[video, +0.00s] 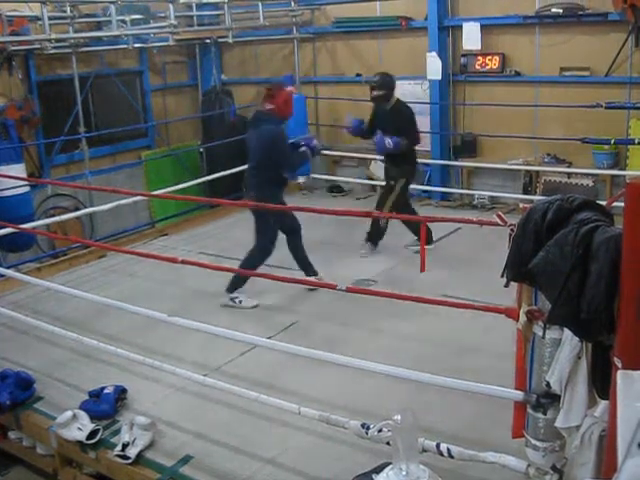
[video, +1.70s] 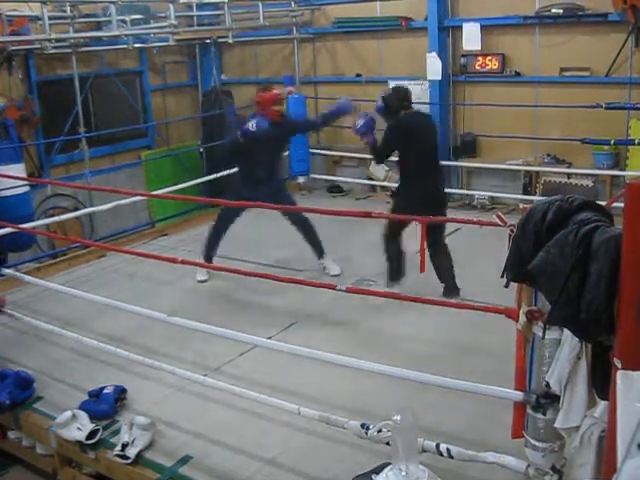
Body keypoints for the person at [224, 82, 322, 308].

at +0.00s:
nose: (291, 108)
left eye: (291, 103)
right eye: (289, 103)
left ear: (270, 104)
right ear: (280, 105)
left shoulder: (258, 125)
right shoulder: (273, 131)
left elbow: (274, 154)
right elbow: (289, 164)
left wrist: (297, 145)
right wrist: (308, 152)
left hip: (260, 192)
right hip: (267, 195)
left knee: (292, 229)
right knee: (265, 245)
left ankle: (311, 275)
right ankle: (232, 290)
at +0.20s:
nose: (280, 108)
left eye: (280, 103)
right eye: (277, 103)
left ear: (262, 104)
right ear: (265, 104)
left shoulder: (255, 126)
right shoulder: (254, 130)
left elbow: (257, 156)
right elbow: (267, 164)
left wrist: (277, 148)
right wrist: (288, 150)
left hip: (258, 191)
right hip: (250, 193)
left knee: (285, 221)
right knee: (254, 243)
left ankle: (288, 270)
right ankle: (230, 293)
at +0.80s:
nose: (277, 112)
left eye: (278, 108)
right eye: (275, 108)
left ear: (266, 106)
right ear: (266, 106)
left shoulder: (261, 123)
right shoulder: (246, 124)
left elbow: (279, 143)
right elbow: (276, 145)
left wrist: (290, 117)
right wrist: (288, 122)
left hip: (247, 181)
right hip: (227, 181)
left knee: (263, 222)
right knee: (229, 229)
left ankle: (269, 269)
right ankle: (214, 270)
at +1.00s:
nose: (256, 106)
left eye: (256, 102)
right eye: (252, 102)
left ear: (253, 104)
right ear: (242, 103)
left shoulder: (250, 121)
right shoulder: (227, 123)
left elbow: (268, 136)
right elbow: (245, 144)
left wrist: (279, 106)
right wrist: (256, 128)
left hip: (242, 179)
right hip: (221, 180)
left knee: (259, 220)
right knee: (216, 224)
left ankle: (268, 268)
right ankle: (204, 264)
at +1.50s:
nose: (247, 115)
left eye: (248, 111)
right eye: (243, 111)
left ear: (249, 112)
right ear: (232, 111)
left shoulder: (248, 125)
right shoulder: (216, 126)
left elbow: (265, 153)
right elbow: (215, 154)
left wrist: (265, 133)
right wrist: (236, 137)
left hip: (243, 183)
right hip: (219, 185)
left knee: (272, 215)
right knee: (211, 223)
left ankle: (282, 259)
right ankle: (202, 265)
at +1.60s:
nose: (256, 116)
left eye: (258, 113)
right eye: (253, 112)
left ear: (260, 113)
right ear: (243, 112)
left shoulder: (259, 131)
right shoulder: (226, 130)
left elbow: (282, 148)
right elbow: (217, 155)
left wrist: (289, 133)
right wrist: (236, 140)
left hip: (254, 186)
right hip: (229, 188)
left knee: (284, 218)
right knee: (214, 226)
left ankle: (308, 259)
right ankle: (202, 265)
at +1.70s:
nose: (280, 109)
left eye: (281, 104)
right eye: (275, 105)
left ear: (282, 106)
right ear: (264, 108)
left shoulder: (285, 125)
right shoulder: (251, 129)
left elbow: (316, 124)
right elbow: (228, 153)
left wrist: (340, 110)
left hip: (272, 187)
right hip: (246, 187)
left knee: (299, 219)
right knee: (222, 223)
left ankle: (324, 259)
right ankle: (205, 264)